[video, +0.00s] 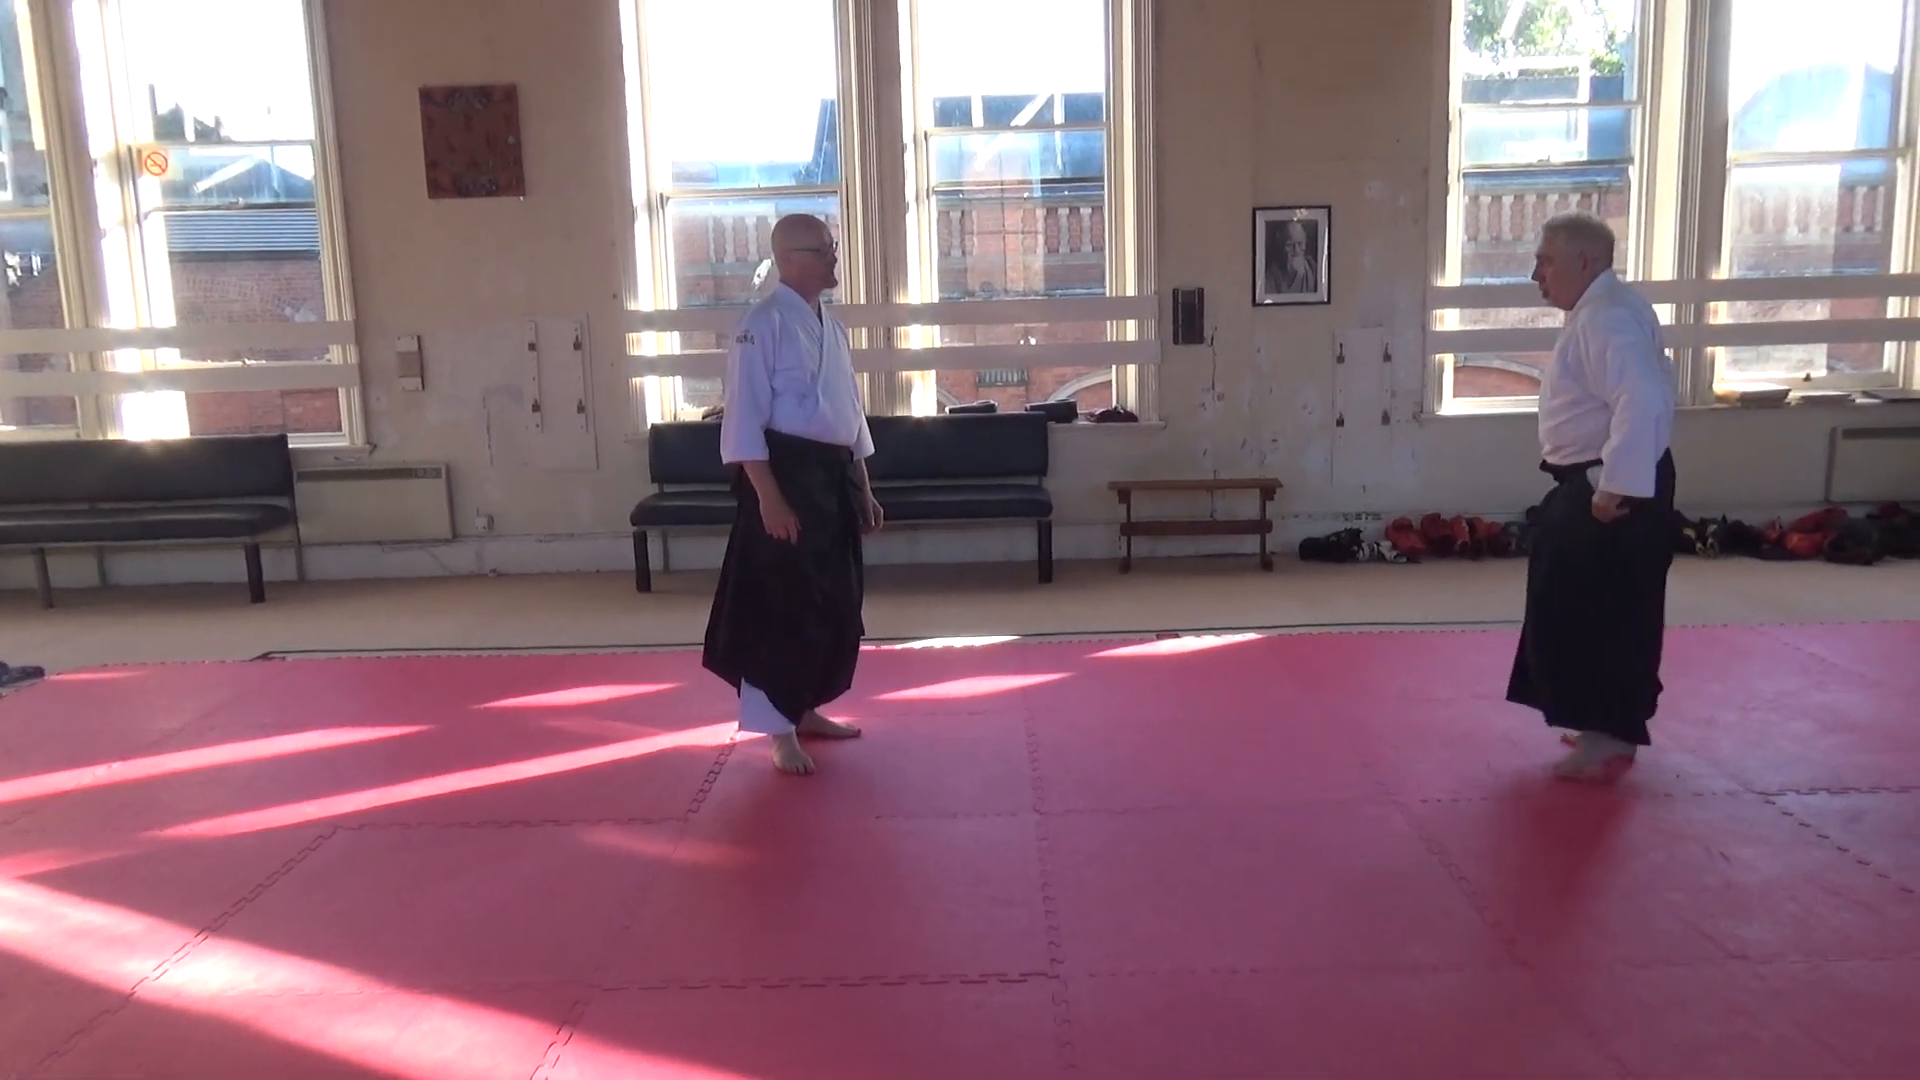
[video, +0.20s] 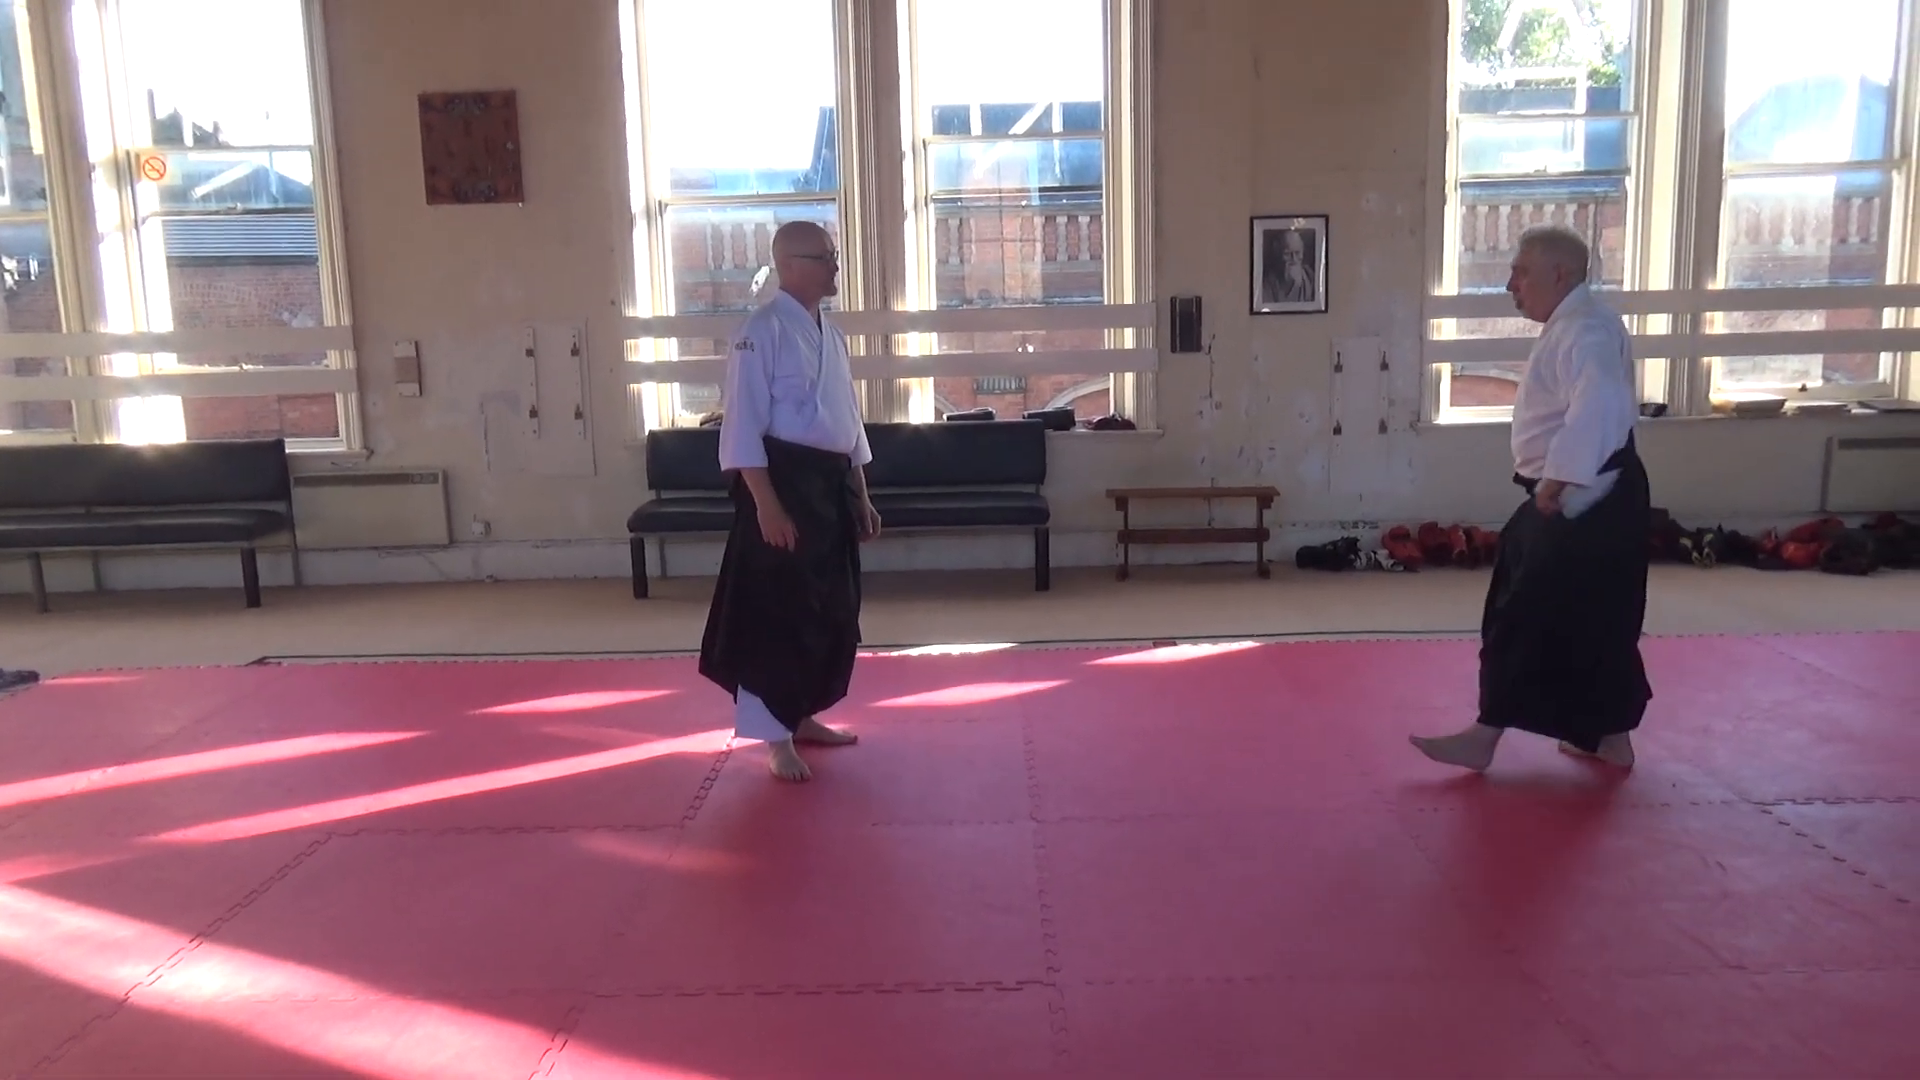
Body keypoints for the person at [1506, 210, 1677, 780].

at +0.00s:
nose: (1537, 274)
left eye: (1545, 262)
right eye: (1538, 262)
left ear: (1584, 261)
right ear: (1584, 262)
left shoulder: (1609, 316)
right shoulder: (1607, 308)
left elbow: (1641, 399)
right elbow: (1649, 394)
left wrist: (1616, 484)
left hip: (1610, 487)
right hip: (1602, 482)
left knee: (1598, 608)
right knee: (1601, 607)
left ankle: (1608, 734)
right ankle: (1607, 728)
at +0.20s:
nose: (1512, 284)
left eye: (1521, 273)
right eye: (1513, 273)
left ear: (1560, 275)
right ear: (1561, 275)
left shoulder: (1588, 332)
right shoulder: (1574, 324)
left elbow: (1596, 411)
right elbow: (1587, 410)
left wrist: (1552, 483)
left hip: (1584, 495)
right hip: (1591, 492)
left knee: (1519, 610)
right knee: (1597, 616)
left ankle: (1483, 736)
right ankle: (1612, 736)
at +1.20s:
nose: (1487, 247)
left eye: (1497, 235)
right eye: (1488, 235)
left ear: (1538, 239)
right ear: (1544, 240)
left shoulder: (1548, 301)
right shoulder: (1570, 290)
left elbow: (1545, 411)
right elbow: (1573, 397)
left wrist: (1510, 496)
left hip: (1532, 479)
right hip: (1580, 473)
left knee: (1482, 617)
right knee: (1590, 609)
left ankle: (1466, 748)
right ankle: (1603, 737)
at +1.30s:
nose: (1496, 242)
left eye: (1508, 231)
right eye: (1499, 230)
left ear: (1550, 236)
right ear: (1553, 238)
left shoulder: (1558, 299)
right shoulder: (1581, 289)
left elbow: (1551, 408)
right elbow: (1579, 397)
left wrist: (1515, 492)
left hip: (1537, 477)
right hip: (1588, 472)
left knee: (1488, 618)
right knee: (1597, 610)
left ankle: (1471, 752)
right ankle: (1609, 742)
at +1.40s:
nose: (1500, 243)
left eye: (1511, 232)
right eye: (1503, 230)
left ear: (1553, 238)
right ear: (1556, 239)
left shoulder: (1562, 300)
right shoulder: (1582, 291)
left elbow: (1556, 407)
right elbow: (1581, 399)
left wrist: (1519, 491)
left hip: (1535, 481)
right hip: (1584, 476)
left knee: (1490, 622)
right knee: (1591, 614)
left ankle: (1471, 757)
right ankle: (1606, 744)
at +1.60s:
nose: (1492, 250)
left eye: (1502, 239)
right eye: (1496, 237)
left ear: (1541, 245)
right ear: (1550, 246)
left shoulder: (1553, 305)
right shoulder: (1572, 296)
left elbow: (1564, 399)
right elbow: (1576, 396)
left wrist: (1519, 482)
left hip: (1529, 491)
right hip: (1573, 486)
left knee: (1486, 626)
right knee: (1579, 621)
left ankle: (1462, 764)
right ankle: (1602, 749)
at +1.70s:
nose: (1488, 255)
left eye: (1498, 244)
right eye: (1491, 242)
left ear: (1540, 250)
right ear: (1542, 250)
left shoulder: (1550, 310)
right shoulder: (1567, 300)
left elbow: (1560, 399)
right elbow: (1572, 396)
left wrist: (1512, 478)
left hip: (1525, 494)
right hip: (1569, 490)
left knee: (1481, 629)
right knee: (1576, 624)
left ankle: (1459, 766)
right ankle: (1597, 752)